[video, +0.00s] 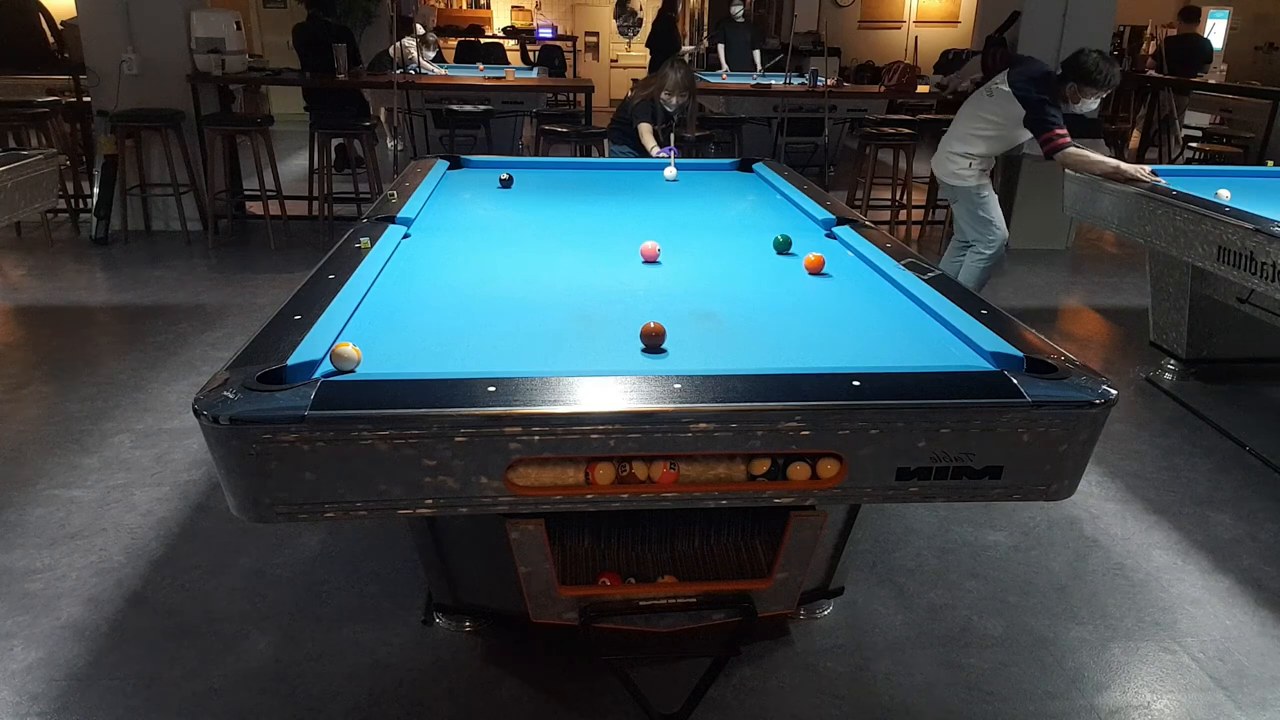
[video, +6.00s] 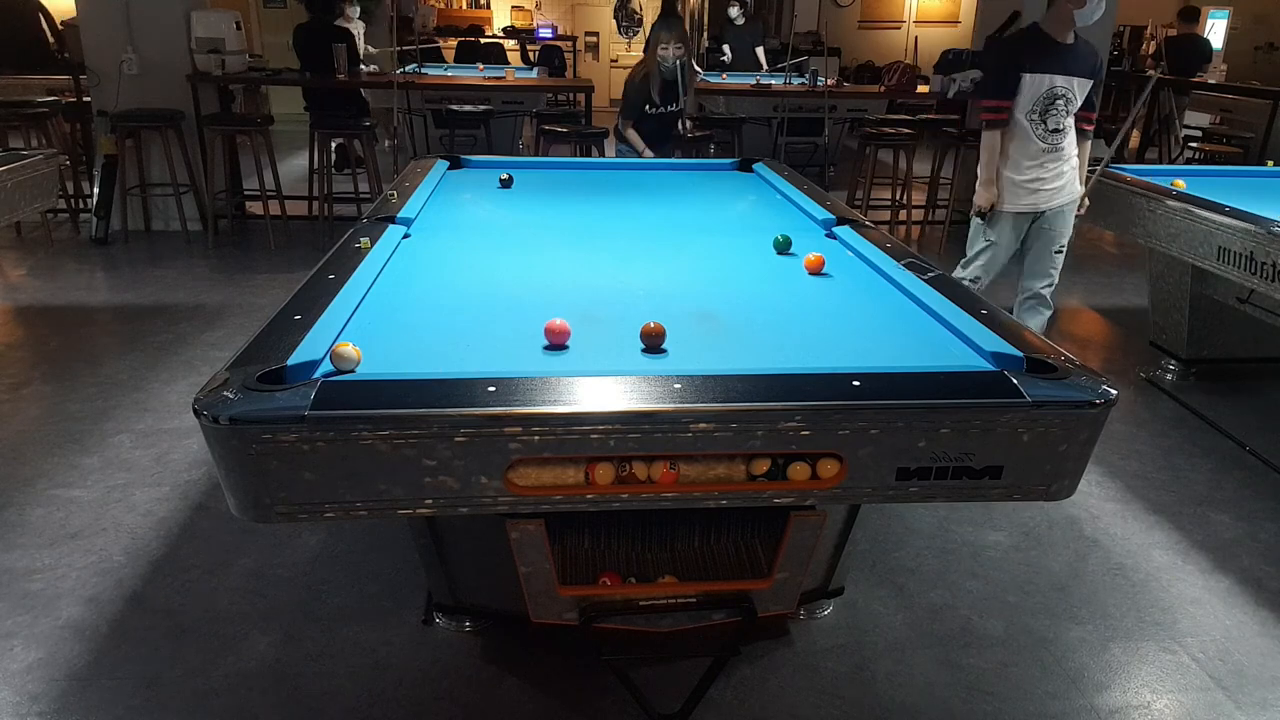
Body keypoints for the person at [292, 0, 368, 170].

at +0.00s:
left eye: (306, 5)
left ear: (307, 7)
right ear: (332, 7)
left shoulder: (298, 30)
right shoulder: (342, 30)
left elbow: (307, 64)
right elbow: (357, 67)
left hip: (313, 101)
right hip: (345, 103)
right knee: (363, 106)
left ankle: (351, 152)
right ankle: (345, 150)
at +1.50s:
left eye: (304, 5)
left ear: (307, 8)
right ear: (333, 7)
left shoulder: (300, 30)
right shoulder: (342, 29)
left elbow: (305, 65)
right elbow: (357, 69)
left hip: (315, 102)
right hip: (346, 102)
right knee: (363, 107)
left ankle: (351, 152)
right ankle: (345, 150)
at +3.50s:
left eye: (303, 5)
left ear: (307, 7)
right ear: (332, 7)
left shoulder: (300, 31)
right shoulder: (343, 30)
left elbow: (305, 64)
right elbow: (356, 67)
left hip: (315, 102)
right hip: (346, 103)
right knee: (362, 106)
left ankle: (351, 152)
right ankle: (344, 149)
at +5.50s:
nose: (302, 7)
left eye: (304, 5)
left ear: (307, 7)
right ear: (333, 7)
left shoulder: (300, 31)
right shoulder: (344, 31)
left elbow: (305, 63)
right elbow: (356, 69)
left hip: (315, 103)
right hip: (347, 103)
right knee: (362, 106)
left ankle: (352, 151)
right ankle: (345, 149)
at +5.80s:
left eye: (303, 5)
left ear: (307, 8)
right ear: (333, 7)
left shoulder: (300, 30)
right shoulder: (342, 30)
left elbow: (305, 61)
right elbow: (357, 61)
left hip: (314, 101)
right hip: (345, 101)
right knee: (362, 106)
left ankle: (350, 150)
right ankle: (343, 147)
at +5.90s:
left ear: (308, 8)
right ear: (335, 8)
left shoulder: (300, 31)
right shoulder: (344, 33)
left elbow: (305, 64)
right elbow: (355, 70)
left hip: (314, 102)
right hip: (346, 102)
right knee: (362, 107)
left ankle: (351, 150)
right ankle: (343, 147)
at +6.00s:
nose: (347, 10)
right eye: (344, 5)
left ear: (309, 8)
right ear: (337, 8)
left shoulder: (299, 31)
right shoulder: (344, 34)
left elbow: (305, 64)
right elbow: (355, 70)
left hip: (314, 102)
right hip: (345, 103)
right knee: (362, 106)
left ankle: (350, 150)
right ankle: (344, 147)